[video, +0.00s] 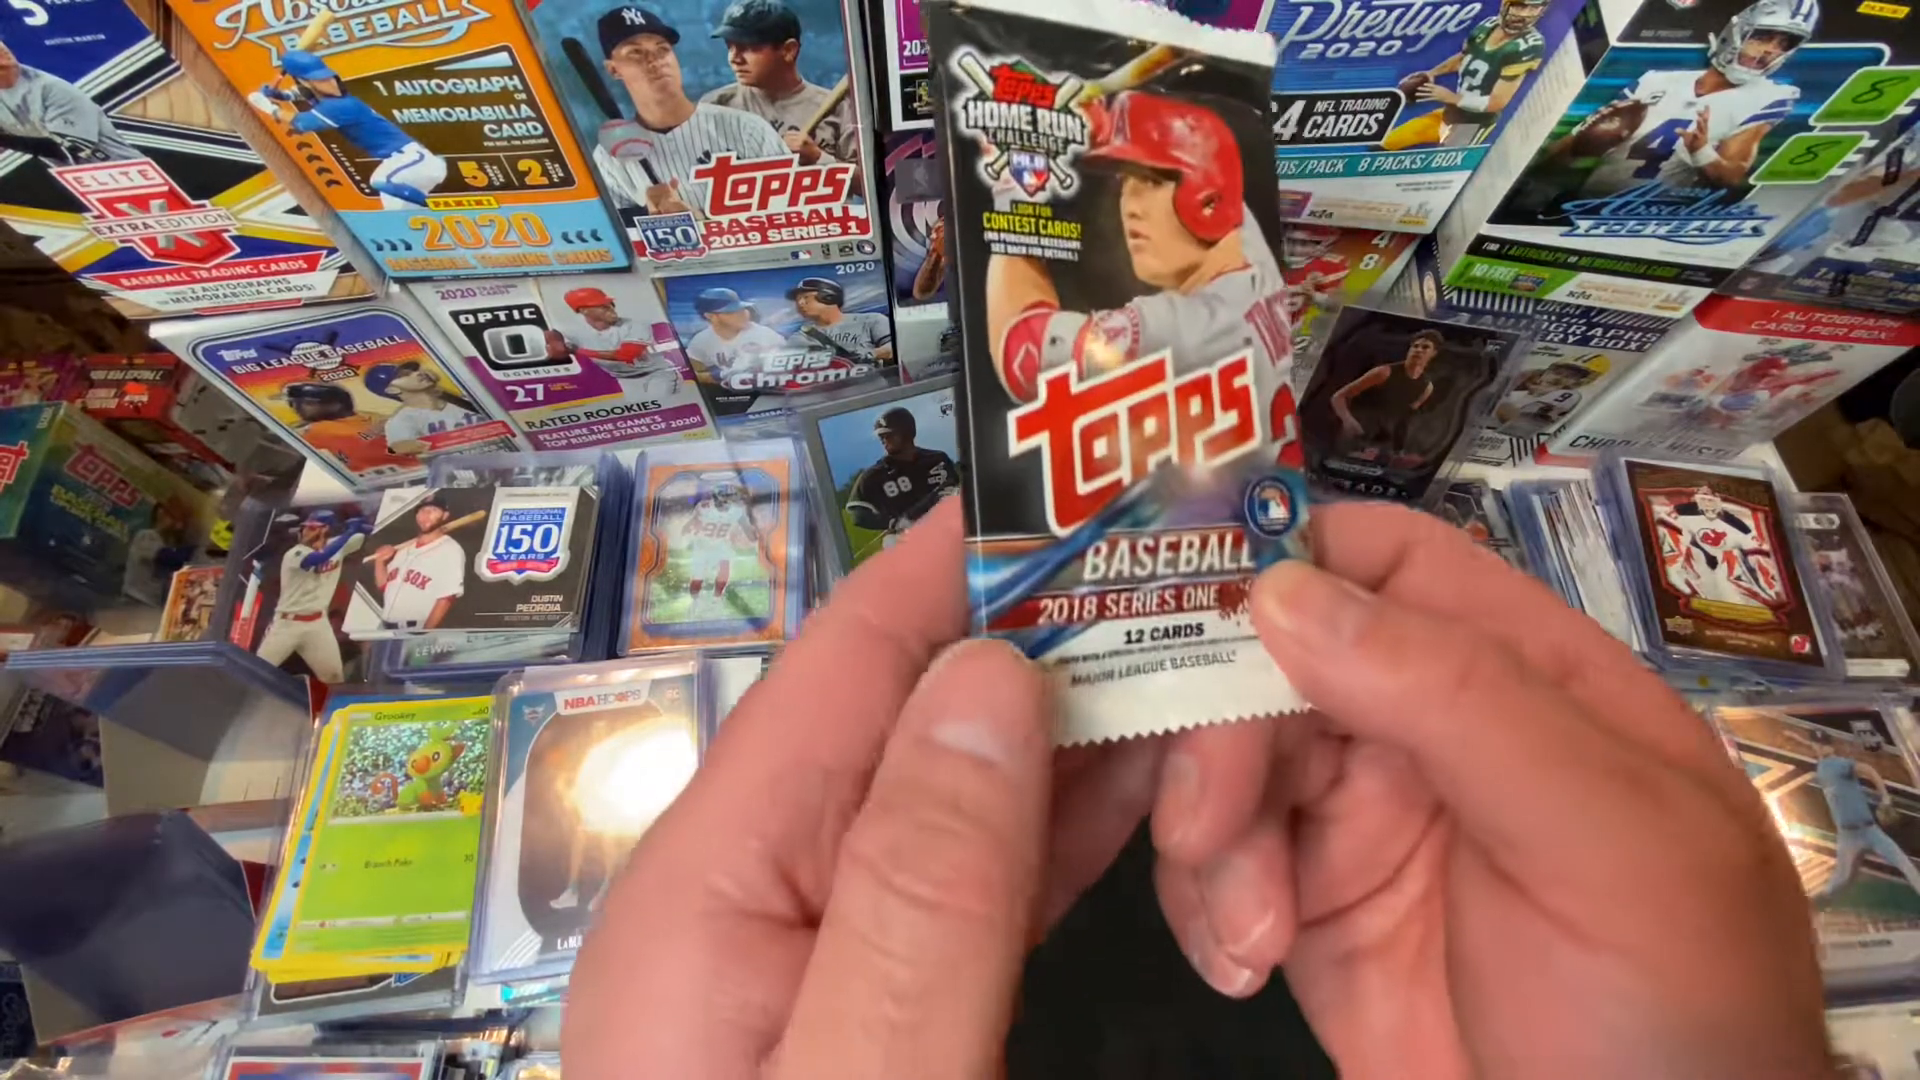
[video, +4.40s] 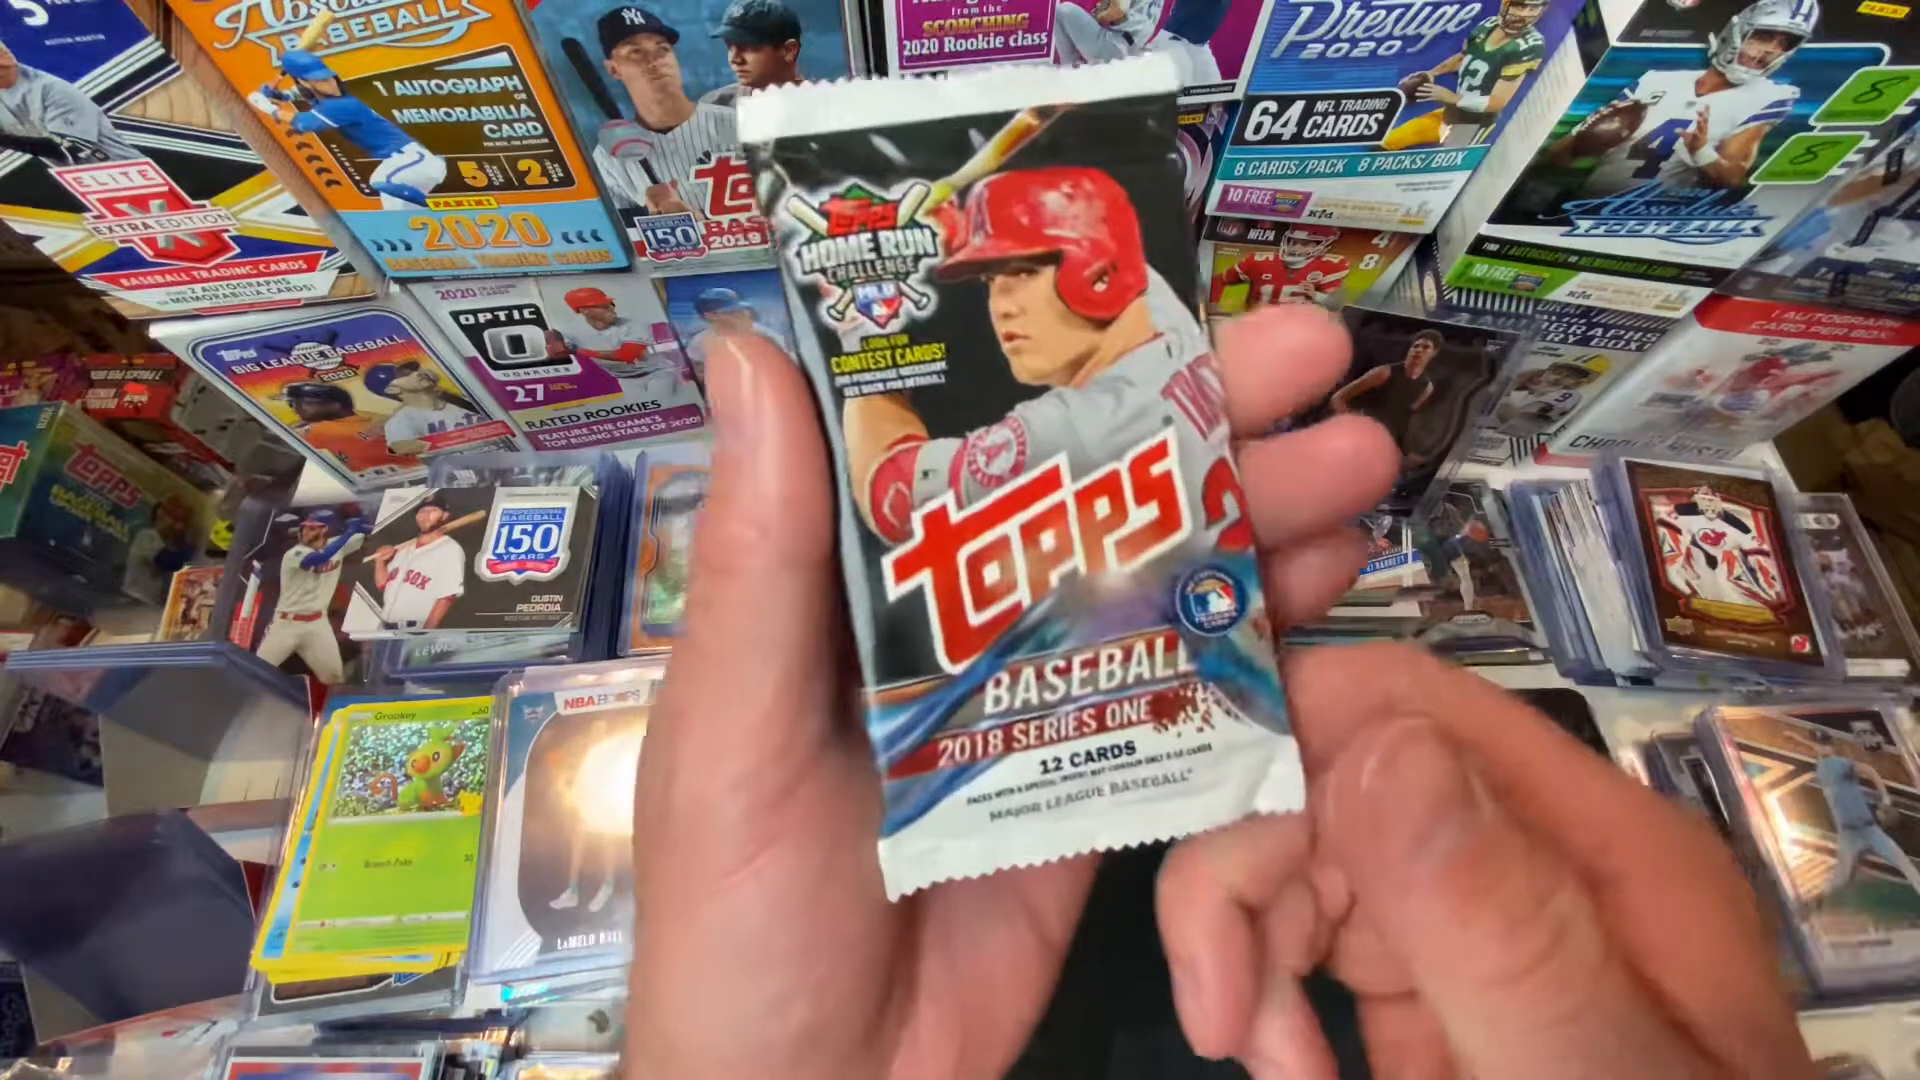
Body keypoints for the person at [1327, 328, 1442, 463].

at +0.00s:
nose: (1418, 350)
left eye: (1425, 347)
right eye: (1415, 346)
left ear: (1433, 354)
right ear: (1409, 349)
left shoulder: (1426, 389)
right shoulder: (1384, 373)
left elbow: (1404, 415)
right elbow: (1338, 397)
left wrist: (1399, 450)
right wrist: (1348, 420)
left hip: (1387, 445)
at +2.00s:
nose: (1418, 350)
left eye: (1425, 347)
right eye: (1415, 346)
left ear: (1433, 354)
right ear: (1409, 349)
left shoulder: (1426, 389)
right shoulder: (1384, 373)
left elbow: (1404, 419)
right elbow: (1338, 397)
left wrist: (1399, 452)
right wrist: (1347, 420)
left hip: (1382, 442)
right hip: (1354, 435)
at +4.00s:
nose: (1418, 350)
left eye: (1425, 347)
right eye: (1415, 346)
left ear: (1433, 354)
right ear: (1409, 349)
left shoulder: (1426, 388)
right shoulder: (1384, 373)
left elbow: (1406, 416)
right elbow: (1338, 398)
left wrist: (1400, 450)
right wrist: (1348, 421)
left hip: (1386, 440)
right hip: (1359, 433)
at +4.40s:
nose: (1418, 351)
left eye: (1425, 347)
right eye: (1416, 346)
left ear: (1433, 354)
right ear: (1410, 349)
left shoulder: (1427, 389)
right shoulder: (1384, 373)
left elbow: (1406, 415)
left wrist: (1407, 452)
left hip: (1393, 444)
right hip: (1364, 435)